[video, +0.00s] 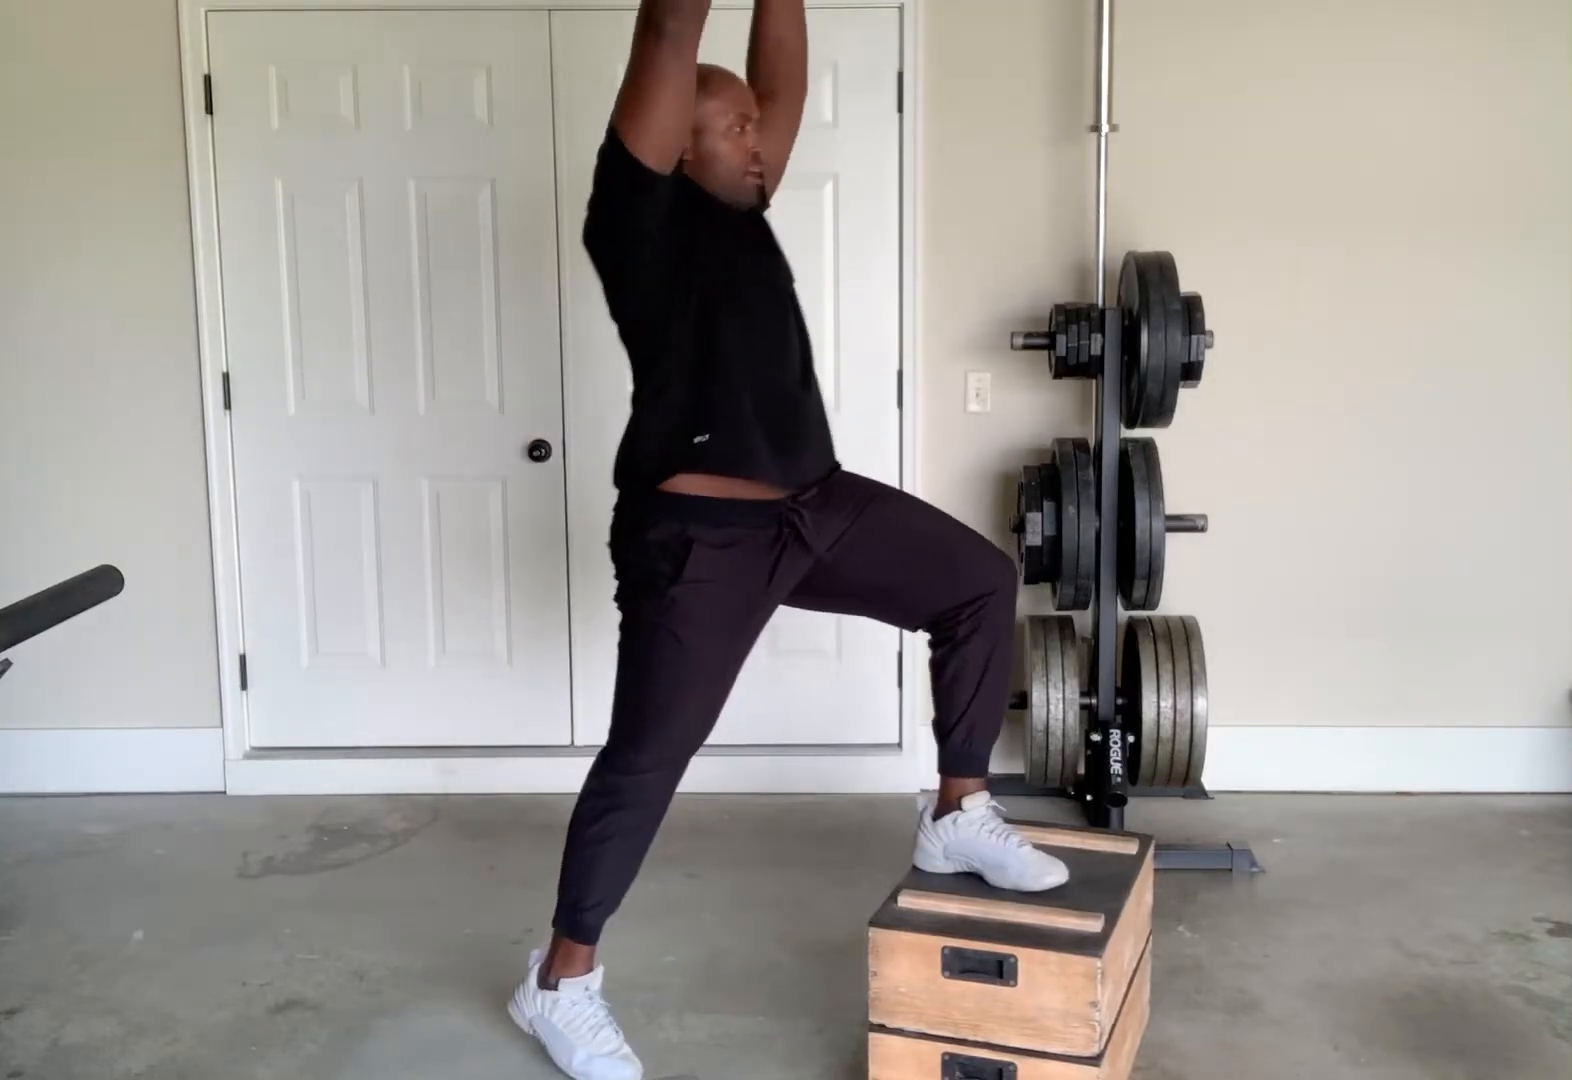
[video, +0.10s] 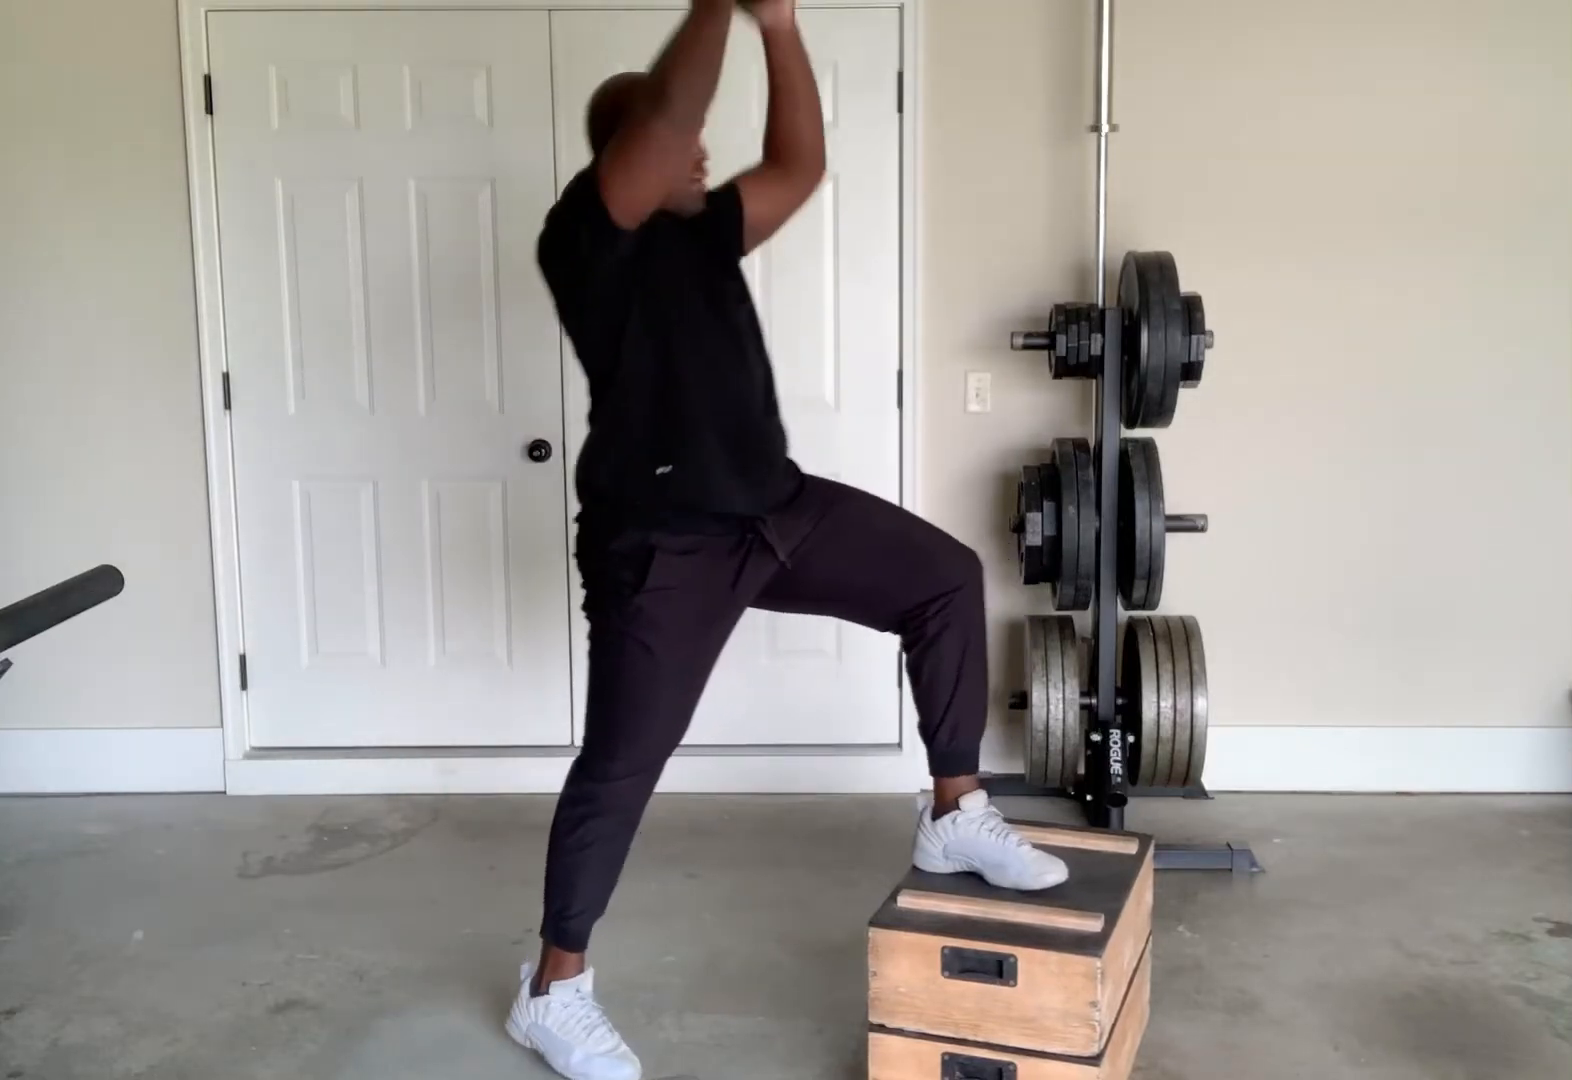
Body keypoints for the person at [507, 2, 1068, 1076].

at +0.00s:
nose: (760, 146)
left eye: (767, 127)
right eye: (735, 123)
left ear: (763, 134)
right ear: (678, 126)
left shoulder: (741, 210)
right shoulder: (635, 210)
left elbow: (782, 95)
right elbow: (668, 30)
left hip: (816, 504)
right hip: (700, 529)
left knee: (980, 582)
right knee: (646, 758)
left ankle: (959, 812)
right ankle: (562, 977)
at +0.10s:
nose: (682, 152)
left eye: (681, 136)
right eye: (661, 132)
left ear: (683, 146)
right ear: (618, 143)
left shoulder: (706, 227)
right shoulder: (579, 242)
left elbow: (797, 166)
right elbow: (670, 117)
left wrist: (779, 24)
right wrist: (714, 1)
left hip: (775, 508)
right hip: (660, 539)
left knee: (946, 580)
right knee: (621, 764)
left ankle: (956, 812)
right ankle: (557, 985)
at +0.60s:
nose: (595, 189)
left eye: (596, 172)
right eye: (580, 171)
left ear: (537, 171)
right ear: (518, 170)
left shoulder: (588, 276)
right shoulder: (465, 299)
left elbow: (622, 404)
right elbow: (489, 469)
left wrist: (703, 441)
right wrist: (654, 462)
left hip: (663, 535)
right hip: (561, 570)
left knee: (787, 670)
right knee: (559, 771)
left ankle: (698, 833)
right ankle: (540, 996)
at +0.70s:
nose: (601, 194)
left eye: (604, 177)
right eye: (584, 177)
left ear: (583, 179)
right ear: (521, 173)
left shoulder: (598, 279)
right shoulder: (472, 298)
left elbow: (629, 406)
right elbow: (486, 467)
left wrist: (698, 469)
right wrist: (649, 492)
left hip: (656, 555)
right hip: (559, 572)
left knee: (697, 731)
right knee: (562, 767)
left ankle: (642, 896)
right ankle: (539, 992)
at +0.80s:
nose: (611, 196)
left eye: (615, 179)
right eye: (595, 178)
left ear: (604, 181)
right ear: (534, 175)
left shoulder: (612, 283)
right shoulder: (484, 297)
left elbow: (640, 417)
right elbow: (487, 466)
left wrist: (701, 493)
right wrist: (642, 509)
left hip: (647, 555)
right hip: (564, 569)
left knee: (644, 737)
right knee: (566, 767)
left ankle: (626, 913)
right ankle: (539, 992)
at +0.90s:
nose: (640, 196)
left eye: (643, 178)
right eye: (627, 176)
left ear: (595, 172)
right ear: (567, 169)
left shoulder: (627, 282)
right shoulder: (506, 286)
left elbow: (650, 410)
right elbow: (497, 452)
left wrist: (698, 509)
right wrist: (637, 521)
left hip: (631, 551)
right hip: (555, 558)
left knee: (629, 736)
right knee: (570, 761)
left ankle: (623, 912)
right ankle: (539, 990)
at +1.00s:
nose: (651, 200)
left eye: (655, 183)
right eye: (639, 180)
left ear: (604, 174)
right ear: (580, 169)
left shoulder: (629, 284)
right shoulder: (515, 283)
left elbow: (646, 413)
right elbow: (500, 446)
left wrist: (693, 517)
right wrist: (633, 528)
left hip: (629, 551)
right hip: (549, 555)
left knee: (632, 736)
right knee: (566, 757)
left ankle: (624, 913)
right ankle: (527, 989)